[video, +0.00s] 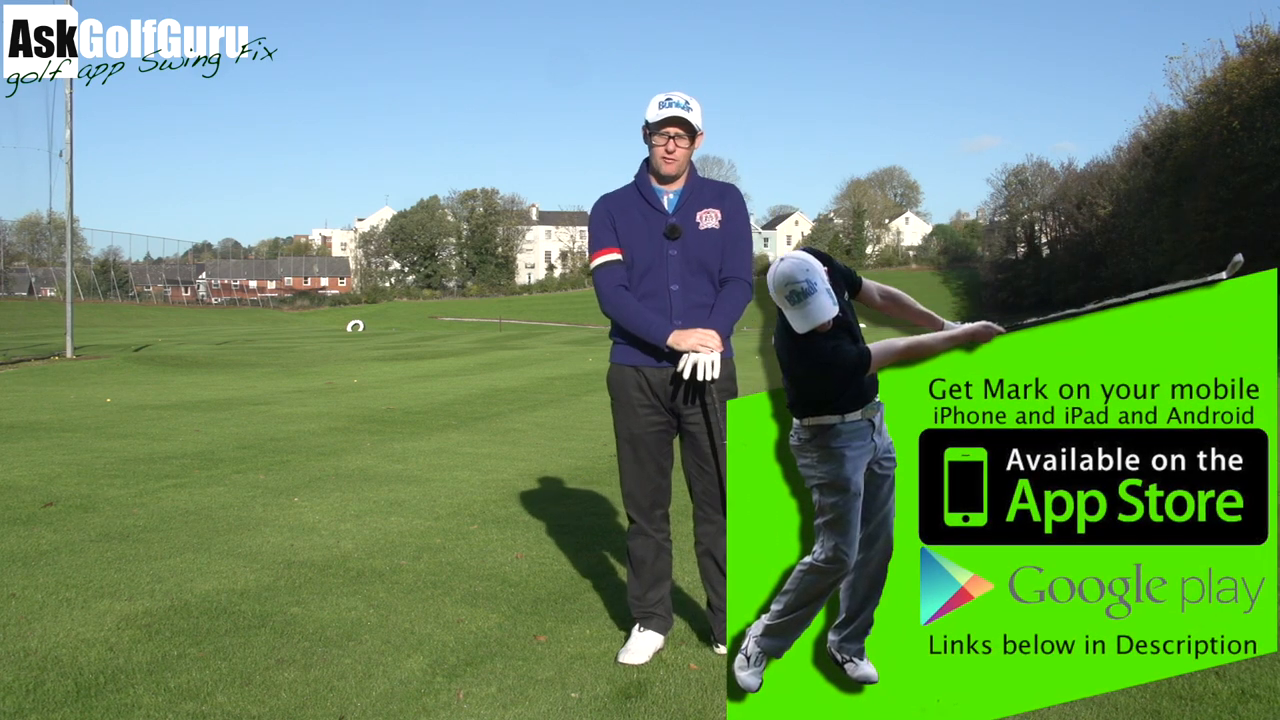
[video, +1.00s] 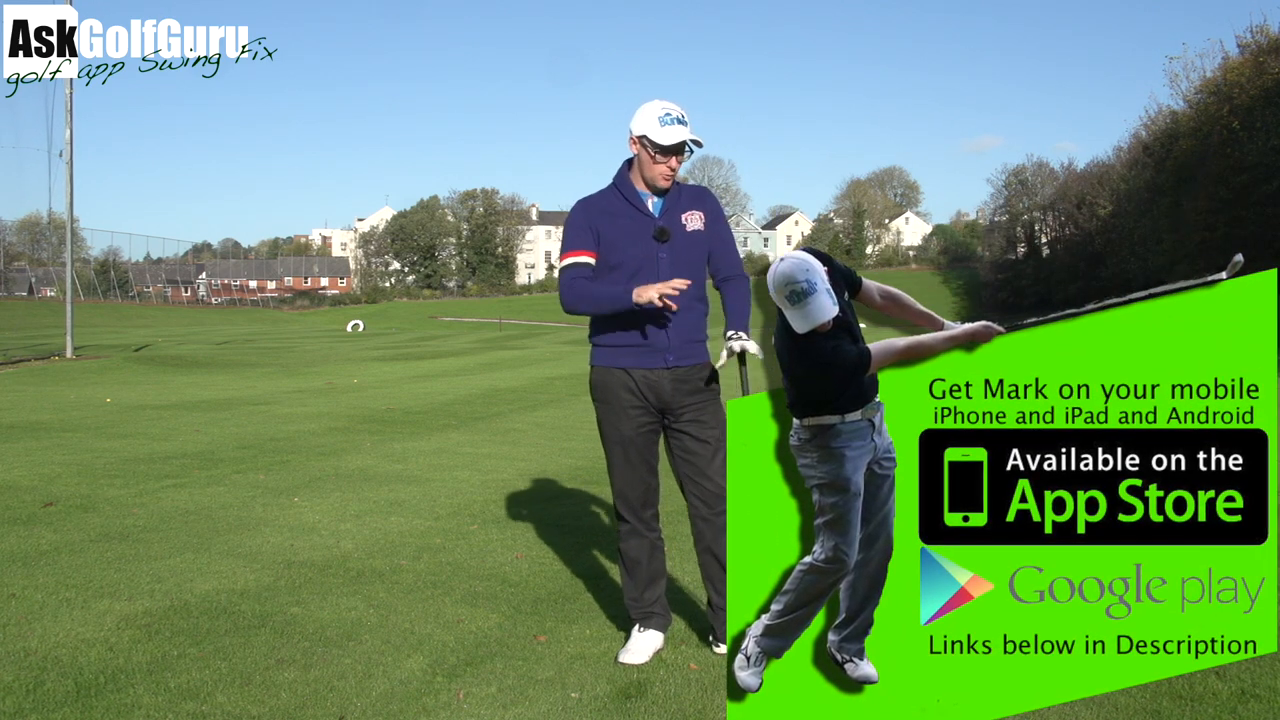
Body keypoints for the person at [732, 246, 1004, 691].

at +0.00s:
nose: (824, 323)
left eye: (825, 310)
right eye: (811, 321)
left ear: (823, 284)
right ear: (786, 309)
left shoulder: (818, 268)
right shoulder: (808, 351)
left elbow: (880, 296)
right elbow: (899, 352)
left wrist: (946, 327)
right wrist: (963, 337)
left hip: (871, 425)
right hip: (829, 439)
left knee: (874, 547)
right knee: (835, 555)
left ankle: (846, 643)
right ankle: (762, 641)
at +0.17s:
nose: (823, 323)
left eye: (825, 310)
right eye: (811, 321)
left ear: (823, 284)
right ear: (786, 308)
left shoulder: (818, 268)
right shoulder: (808, 350)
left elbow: (880, 296)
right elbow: (899, 352)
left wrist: (946, 327)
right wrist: (963, 337)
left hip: (871, 425)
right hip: (829, 439)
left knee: (874, 546)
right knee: (835, 554)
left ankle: (846, 642)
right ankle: (762, 641)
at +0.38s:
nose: (823, 323)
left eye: (825, 310)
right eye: (811, 321)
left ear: (823, 284)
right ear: (786, 308)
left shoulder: (818, 268)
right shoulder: (808, 350)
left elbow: (880, 296)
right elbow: (899, 352)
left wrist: (946, 327)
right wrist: (963, 337)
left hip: (871, 425)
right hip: (829, 439)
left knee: (874, 546)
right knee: (835, 555)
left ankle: (846, 642)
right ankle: (762, 641)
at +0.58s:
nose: (823, 324)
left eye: (825, 310)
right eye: (811, 321)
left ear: (823, 284)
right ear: (785, 307)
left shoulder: (819, 268)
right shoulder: (807, 350)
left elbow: (880, 296)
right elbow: (898, 352)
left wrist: (945, 326)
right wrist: (962, 337)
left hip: (871, 425)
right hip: (828, 439)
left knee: (874, 546)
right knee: (835, 555)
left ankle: (846, 643)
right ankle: (762, 641)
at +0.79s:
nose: (823, 324)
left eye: (825, 310)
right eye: (810, 322)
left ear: (824, 284)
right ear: (786, 307)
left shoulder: (819, 268)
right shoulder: (808, 351)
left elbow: (880, 296)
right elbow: (900, 352)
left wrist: (946, 327)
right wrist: (963, 337)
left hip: (871, 425)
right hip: (828, 439)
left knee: (874, 546)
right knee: (835, 555)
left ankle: (846, 642)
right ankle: (762, 641)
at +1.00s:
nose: (823, 323)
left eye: (825, 310)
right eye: (811, 321)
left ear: (823, 284)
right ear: (786, 308)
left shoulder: (818, 268)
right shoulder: (808, 350)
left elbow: (880, 296)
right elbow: (899, 352)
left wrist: (946, 327)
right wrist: (963, 337)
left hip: (871, 425)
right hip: (828, 439)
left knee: (874, 546)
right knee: (835, 555)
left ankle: (846, 642)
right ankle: (762, 641)